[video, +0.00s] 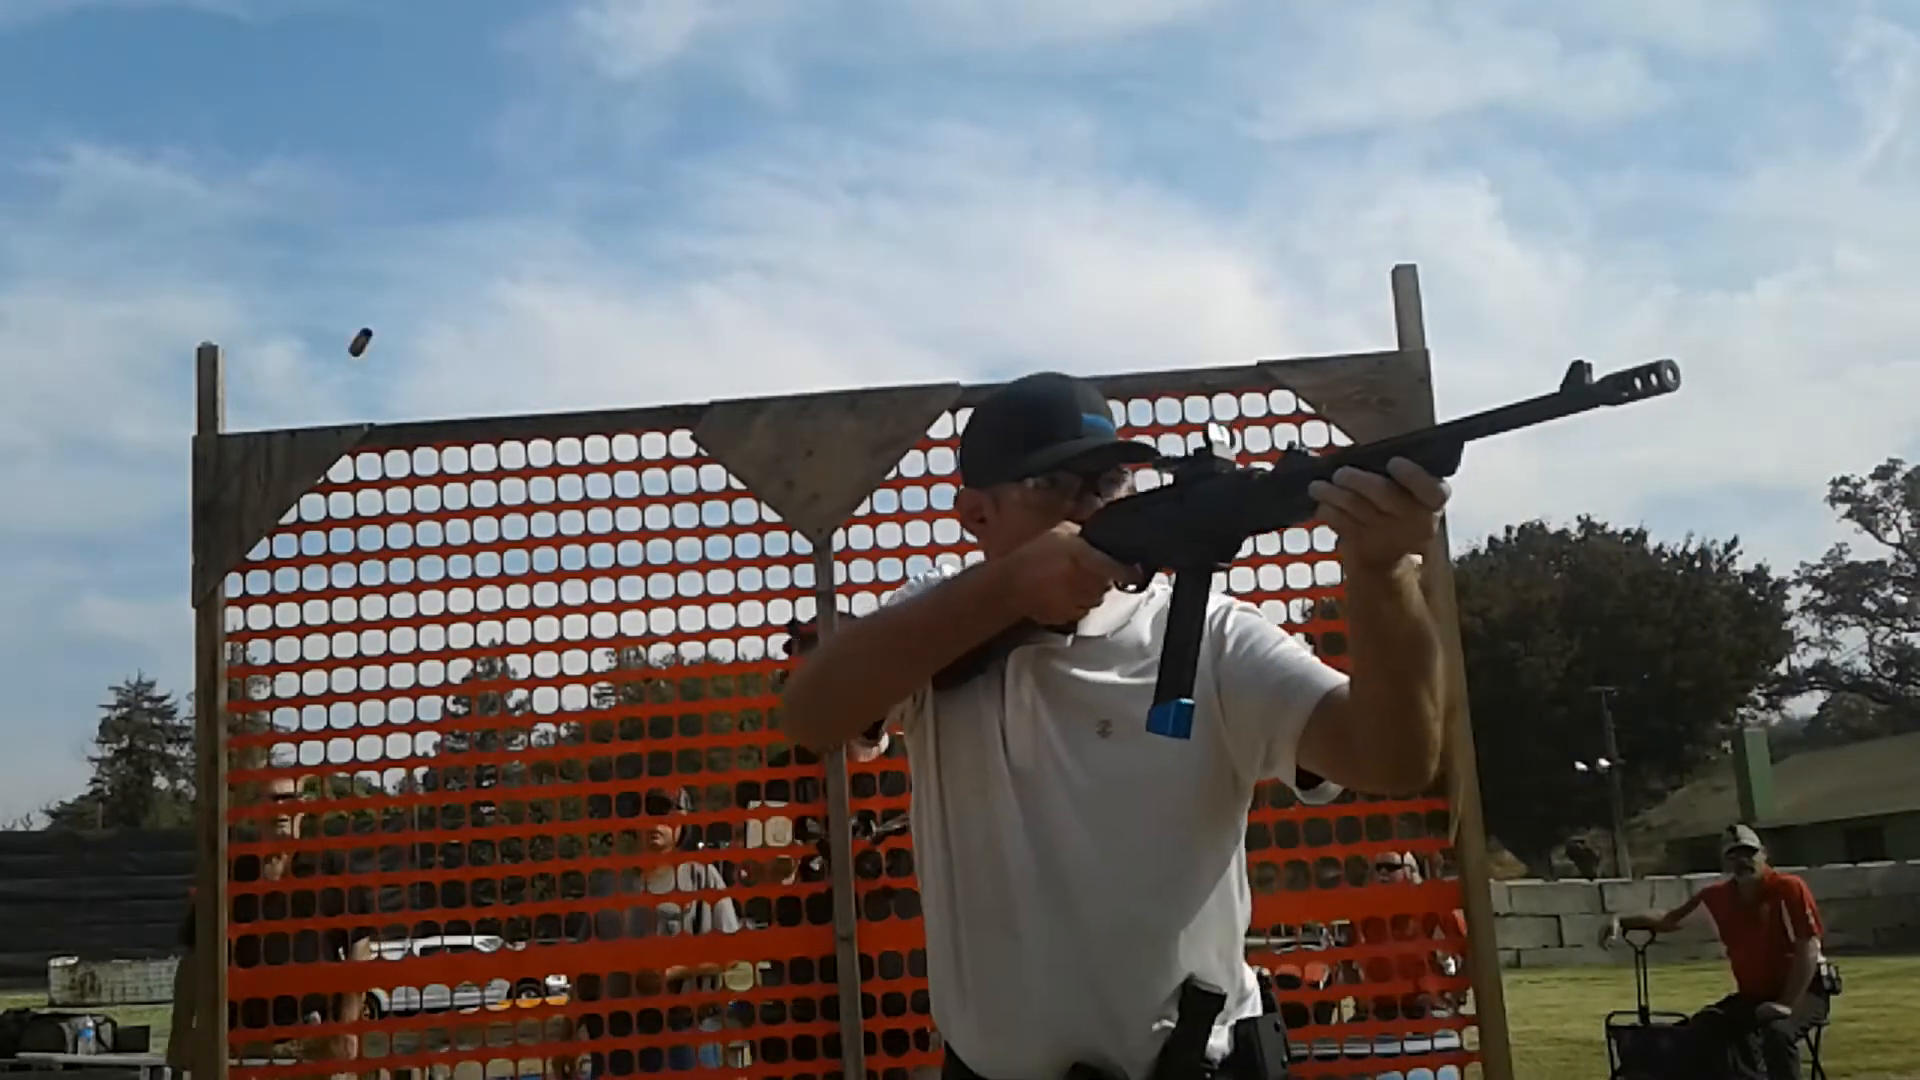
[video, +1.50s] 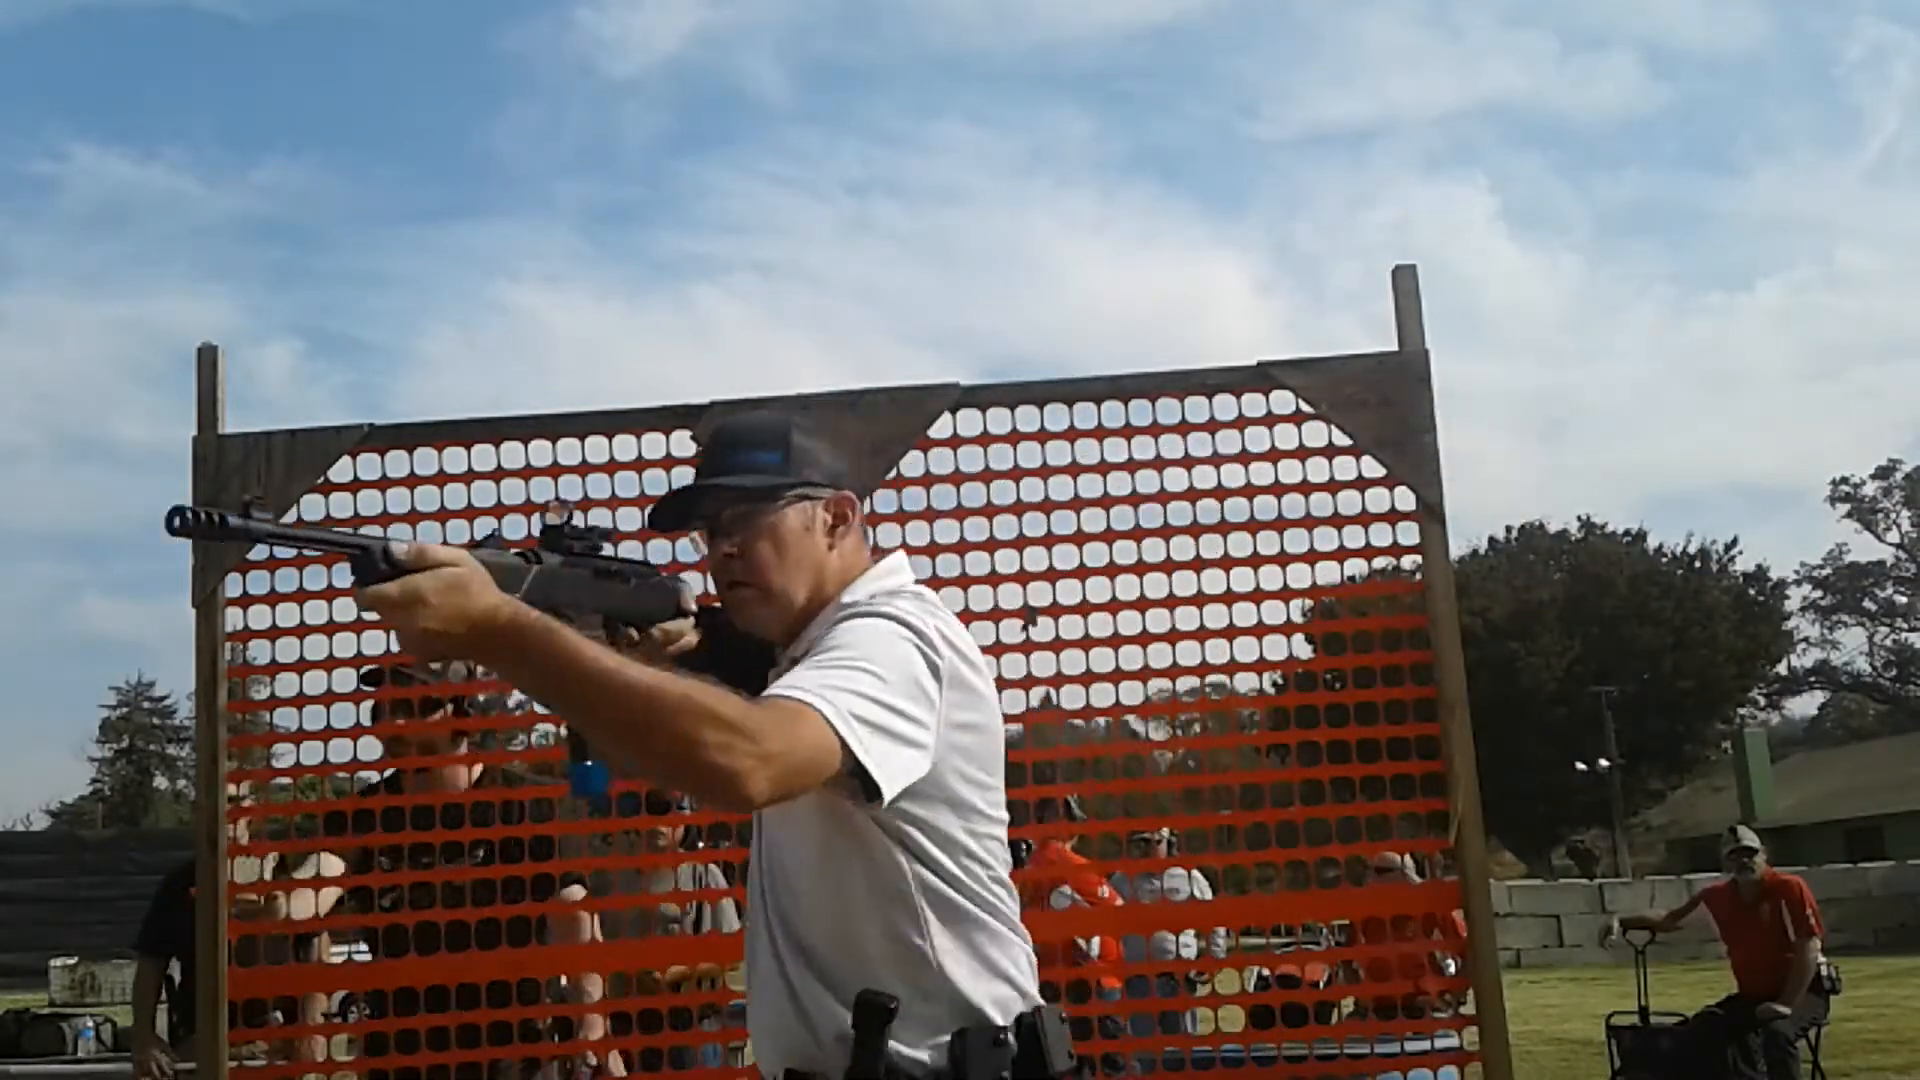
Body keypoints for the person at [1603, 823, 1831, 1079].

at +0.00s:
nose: (1743, 860)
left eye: (1749, 853)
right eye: (1734, 855)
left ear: (1763, 856)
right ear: (1725, 862)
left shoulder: (1790, 888)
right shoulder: (1715, 897)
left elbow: (1809, 949)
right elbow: (1667, 922)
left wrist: (1788, 1004)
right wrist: (1621, 922)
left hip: (1802, 998)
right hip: (1752, 998)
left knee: (1776, 1035)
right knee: (1693, 1032)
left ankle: (1785, 1075)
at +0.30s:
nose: (1743, 859)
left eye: (1749, 853)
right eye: (1734, 855)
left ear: (1763, 856)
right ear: (1725, 862)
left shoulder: (1789, 888)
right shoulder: (1715, 896)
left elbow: (1809, 950)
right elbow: (1668, 921)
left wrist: (1788, 1004)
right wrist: (1621, 923)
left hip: (1802, 997)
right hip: (1752, 998)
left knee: (1776, 1035)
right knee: (1692, 1033)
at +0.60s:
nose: (1743, 859)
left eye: (1750, 852)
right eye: (1735, 854)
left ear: (1763, 855)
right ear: (1725, 862)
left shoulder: (1789, 888)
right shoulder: (1715, 896)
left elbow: (1809, 950)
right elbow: (1668, 921)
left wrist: (1788, 1004)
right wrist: (1621, 923)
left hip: (1802, 998)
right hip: (1752, 998)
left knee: (1776, 1035)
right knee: (1691, 1033)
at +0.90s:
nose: (1743, 859)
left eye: (1750, 853)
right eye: (1735, 855)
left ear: (1763, 856)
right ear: (1725, 862)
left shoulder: (1789, 888)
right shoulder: (1715, 896)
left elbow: (1810, 950)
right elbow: (1668, 921)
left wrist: (1788, 1004)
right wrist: (1621, 923)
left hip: (1803, 998)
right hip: (1752, 998)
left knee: (1776, 1035)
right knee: (1693, 1033)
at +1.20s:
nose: (1744, 859)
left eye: (1750, 853)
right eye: (1735, 855)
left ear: (1762, 856)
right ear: (1725, 863)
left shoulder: (1789, 888)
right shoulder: (1715, 897)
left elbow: (1810, 950)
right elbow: (1668, 922)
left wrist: (1787, 1004)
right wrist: (1621, 923)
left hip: (1803, 998)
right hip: (1753, 998)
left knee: (1776, 1035)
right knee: (1695, 1031)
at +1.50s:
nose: (1744, 860)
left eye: (1750, 853)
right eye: (1735, 856)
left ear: (1763, 856)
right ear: (1725, 863)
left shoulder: (1789, 888)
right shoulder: (1715, 897)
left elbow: (1810, 949)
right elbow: (1668, 922)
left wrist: (1787, 1004)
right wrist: (1621, 923)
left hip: (1803, 998)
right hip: (1753, 998)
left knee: (1776, 1035)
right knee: (1695, 1031)